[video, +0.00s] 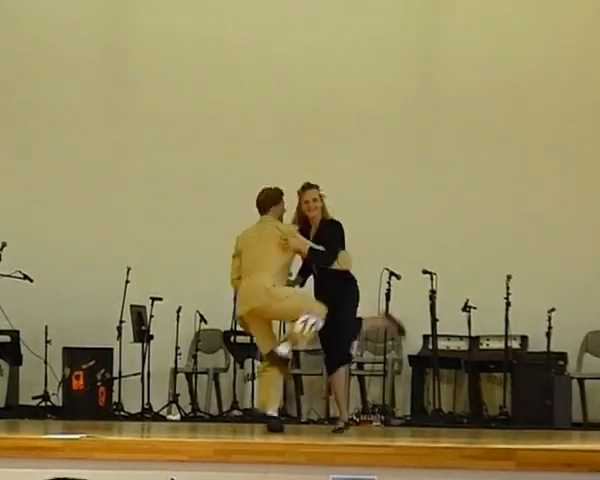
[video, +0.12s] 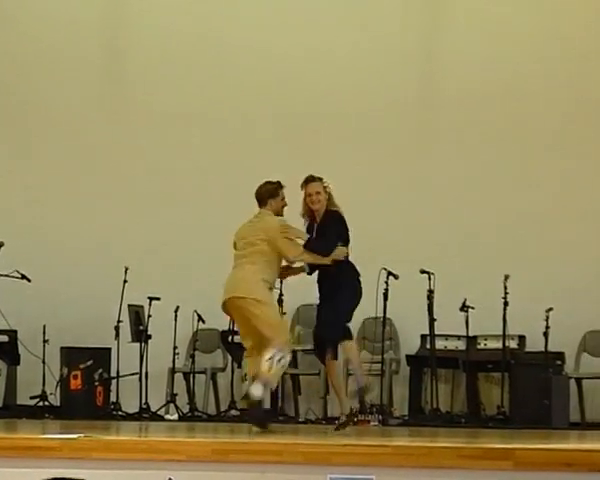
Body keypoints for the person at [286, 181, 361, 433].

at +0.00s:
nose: (312, 205)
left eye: (315, 200)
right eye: (307, 202)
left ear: (322, 201)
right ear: (301, 206)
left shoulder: (333, 227)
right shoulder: (304, 230)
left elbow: (328, 258)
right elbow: (309, 263)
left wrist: (303, 245)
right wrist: (296, 283)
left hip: (344, 289)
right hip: (323, 291)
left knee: (338, 348)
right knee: (330, 351)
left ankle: (345, 414)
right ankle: (342, 414)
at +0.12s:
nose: (314, 198)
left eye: (318, 193)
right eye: (309, 195)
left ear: (327, 194)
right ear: (305, 199)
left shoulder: (334, 218)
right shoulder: (312, 224)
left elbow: (325, 249)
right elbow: (315, 261)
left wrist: (296, 255)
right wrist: (293, 272)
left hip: (346, 280)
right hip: (327, 284)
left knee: (336, 323)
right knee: (324, 345)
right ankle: (345, 408)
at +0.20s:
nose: (317, 202)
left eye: (320, 196)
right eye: (312, 198)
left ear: (330, 197)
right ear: (308, 203)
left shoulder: (336, 222)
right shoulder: (316, 229)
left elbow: (325, 250)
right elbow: (313, 262)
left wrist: (300, 244)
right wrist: (315, 256)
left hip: (347, 286)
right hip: (330, 289)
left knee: (339, 333)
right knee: (330, 348)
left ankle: (326, 384)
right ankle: (347, 416)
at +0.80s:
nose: (311, 216)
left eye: (314, 212)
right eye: (311, 212)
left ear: (323, 214)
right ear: (329, 214)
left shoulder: (316, 238)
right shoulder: (339, 238)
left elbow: (290, 260)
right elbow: (324, 268)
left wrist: (268, 268)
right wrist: (296, 272)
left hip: (340, 304)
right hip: (356, 302)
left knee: (310, 351)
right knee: (337, 357)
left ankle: (316, 412)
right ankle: (346, 418)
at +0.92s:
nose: (289, 205)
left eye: (292, 201)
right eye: (291, 200)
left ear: (301, 203)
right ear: (311, 204)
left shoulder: (293, 227)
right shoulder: (319, 227)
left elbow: (268, 256)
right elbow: (309, 264)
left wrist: (246, 263)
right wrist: (285, 268)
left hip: (311, 293)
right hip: (329, 289)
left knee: (286, 348)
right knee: (325, 353)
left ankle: (277, 409)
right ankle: (344, 413)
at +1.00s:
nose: (273, 200)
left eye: (275, 197)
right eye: (275, 196)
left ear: (280, 199)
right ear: (298, 200)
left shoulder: (273, 223)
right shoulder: (303, 224)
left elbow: (249, 252)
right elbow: (298, 259)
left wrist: (237, 262)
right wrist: (276, 273)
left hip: (287, 288)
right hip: (307, 287)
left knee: (270, 349)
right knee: (310, 350)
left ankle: (250, 412)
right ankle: (335, 407)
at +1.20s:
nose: (232, 189)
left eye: (235, 185)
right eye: (235, 185)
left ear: (237, 189)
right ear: (260, 190)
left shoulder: (227, 218)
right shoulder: (268, 220)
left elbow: (197, 241)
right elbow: (277, 256)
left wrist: (208, 222)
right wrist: (285, 264)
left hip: (234, 291)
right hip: (261, 292)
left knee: (233, 348)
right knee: (262, 347)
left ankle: (231, 408)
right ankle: (264, 404)